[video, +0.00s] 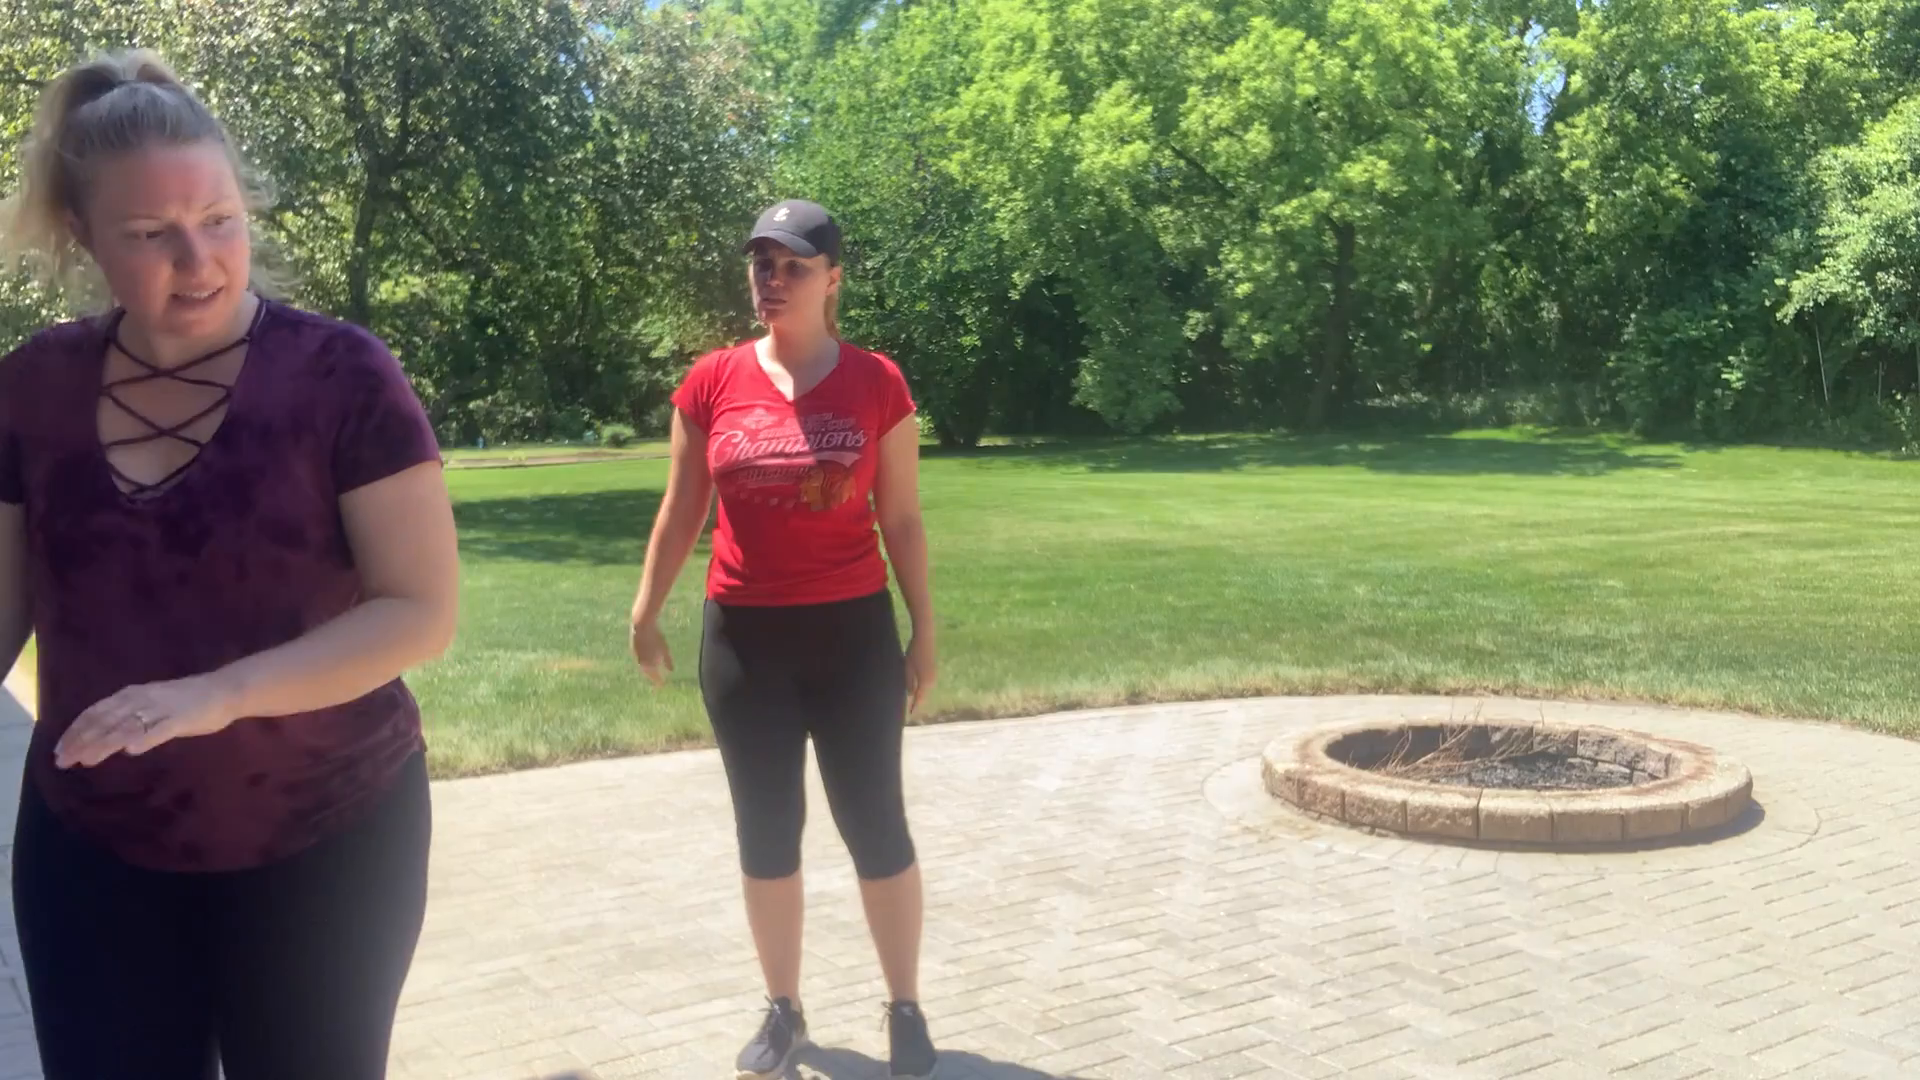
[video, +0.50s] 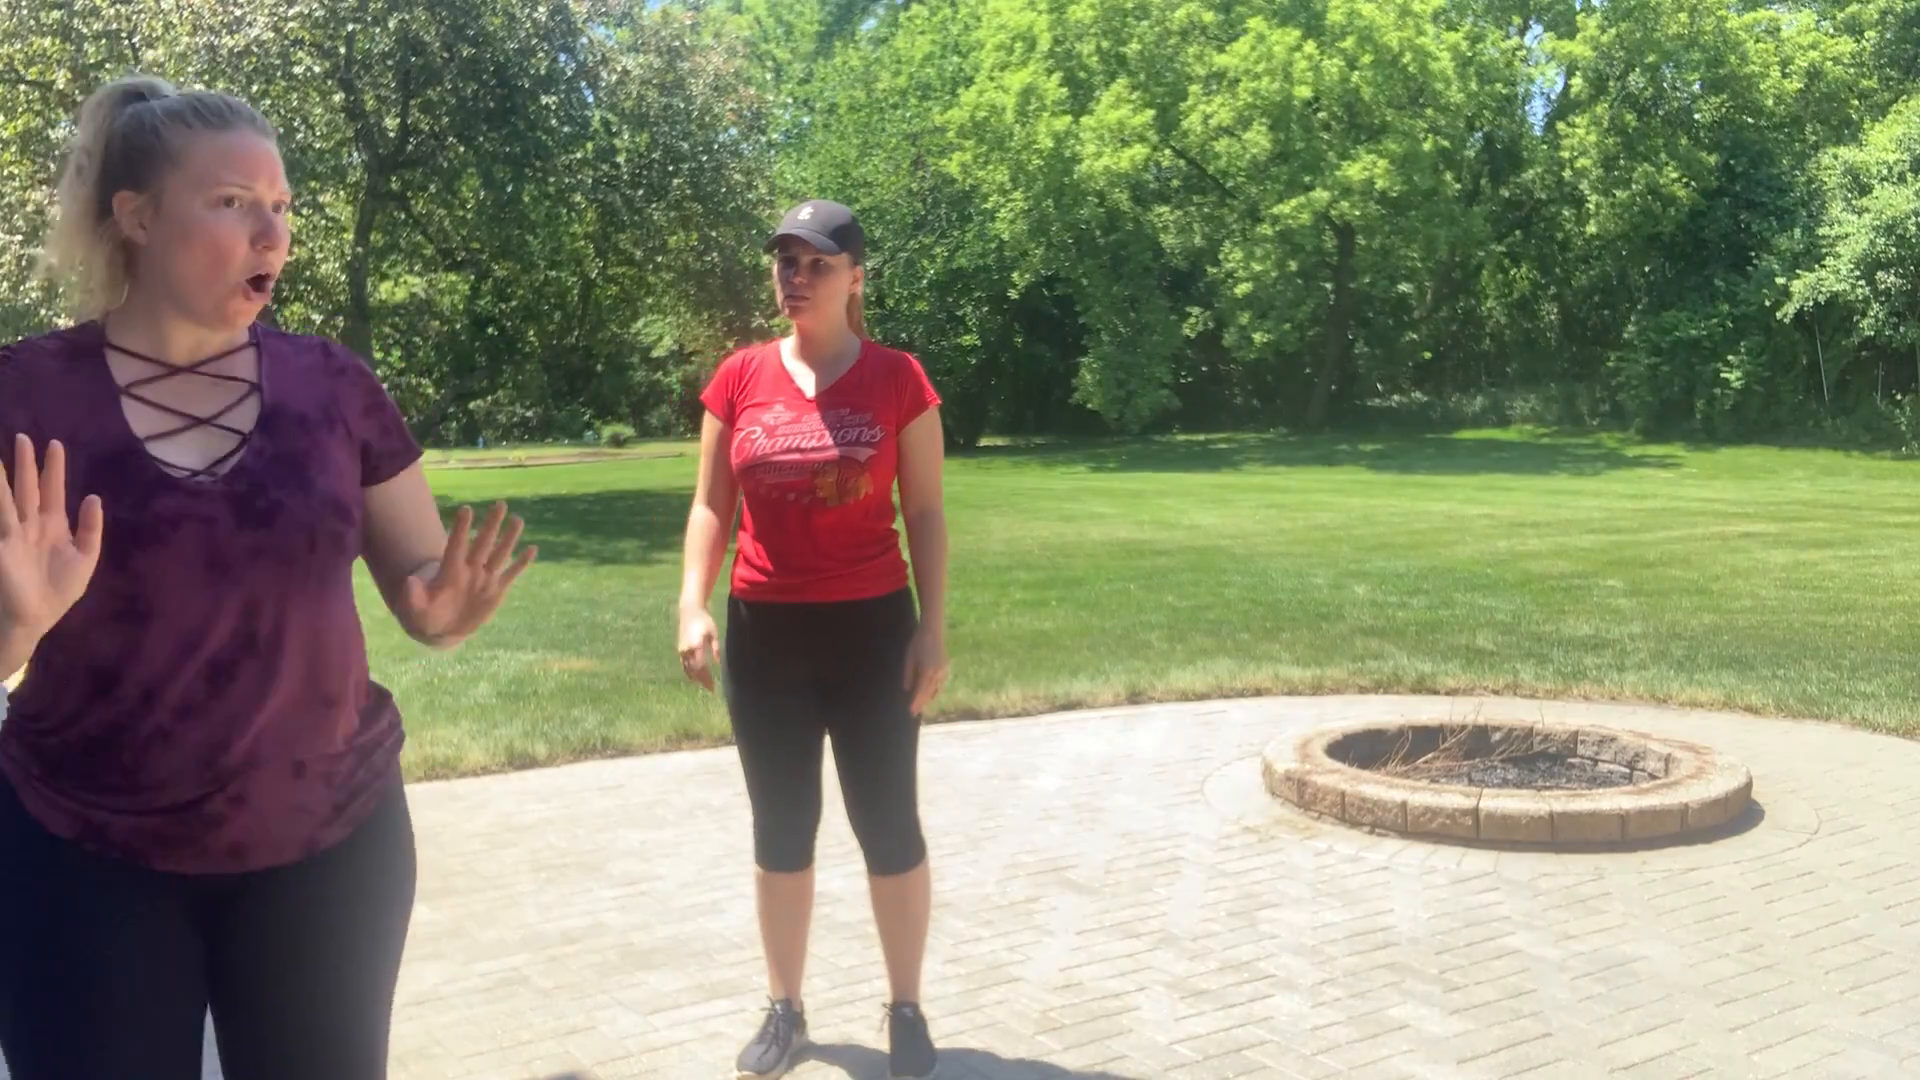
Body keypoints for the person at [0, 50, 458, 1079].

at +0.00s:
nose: (200, 264)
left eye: (220, 221)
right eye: (153, 235)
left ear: (248, 208)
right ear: (84, 241)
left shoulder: (342, 375)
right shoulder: (33, 387)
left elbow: (422, 612)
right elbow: (7, 606)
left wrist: (218, 693)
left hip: (321, 840)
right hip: (96, 843)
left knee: (312, 1066)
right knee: (109, 1065)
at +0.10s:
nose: (219, 244)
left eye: (233, 206)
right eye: (173, 219)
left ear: (253, 201)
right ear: (93, 232)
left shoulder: (342, 369)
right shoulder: (29, 388)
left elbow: (430, 594)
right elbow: (3, 606)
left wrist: (259, 655)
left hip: (320, 841)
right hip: (89, 846)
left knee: (313, 1065)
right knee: (109, 1065)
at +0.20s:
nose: (246, 229)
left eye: (254, 195)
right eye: (201, 204)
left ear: (271, 200)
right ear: (105, 224)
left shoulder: (349, 371)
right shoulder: (32, 386)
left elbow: (444, 587)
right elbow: (4, 602)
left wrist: (306, 617)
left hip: (323, 841)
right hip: (89, 846)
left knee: (318, 1065)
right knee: (113, 1065)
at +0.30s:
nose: (273, 237)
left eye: (276, 204)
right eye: (228, 211)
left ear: (288, 204)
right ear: (127, 223)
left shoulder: (353, 373)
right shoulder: (29, 389)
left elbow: (450, 577)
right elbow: (3, 607)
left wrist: (371, 602)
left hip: (331, 841)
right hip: (93, 849)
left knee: (330, 1065)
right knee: (114, 1065)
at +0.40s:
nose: (284, 244)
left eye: (286, 213)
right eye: (243, 218)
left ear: (296, 209)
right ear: (139, 224)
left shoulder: (347, 377)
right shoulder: (27, 393)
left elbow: (440, 574)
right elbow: (0, 661)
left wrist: (425, 621)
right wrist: (6, 607)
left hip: (335, 836)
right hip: (94, 848)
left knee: (344, 1065)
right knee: (95, 1065)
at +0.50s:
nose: (274, 238)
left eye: (281, 209)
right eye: (235, 205)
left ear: (291, 222)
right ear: (133, 215)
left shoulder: (333, 385)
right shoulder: (25, 394)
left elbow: (420, 577)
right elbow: (4, 666)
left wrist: (448, 614)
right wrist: (23, 627)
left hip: (319, 842)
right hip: (80, 851)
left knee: (330, 1066)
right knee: (96, 1064)